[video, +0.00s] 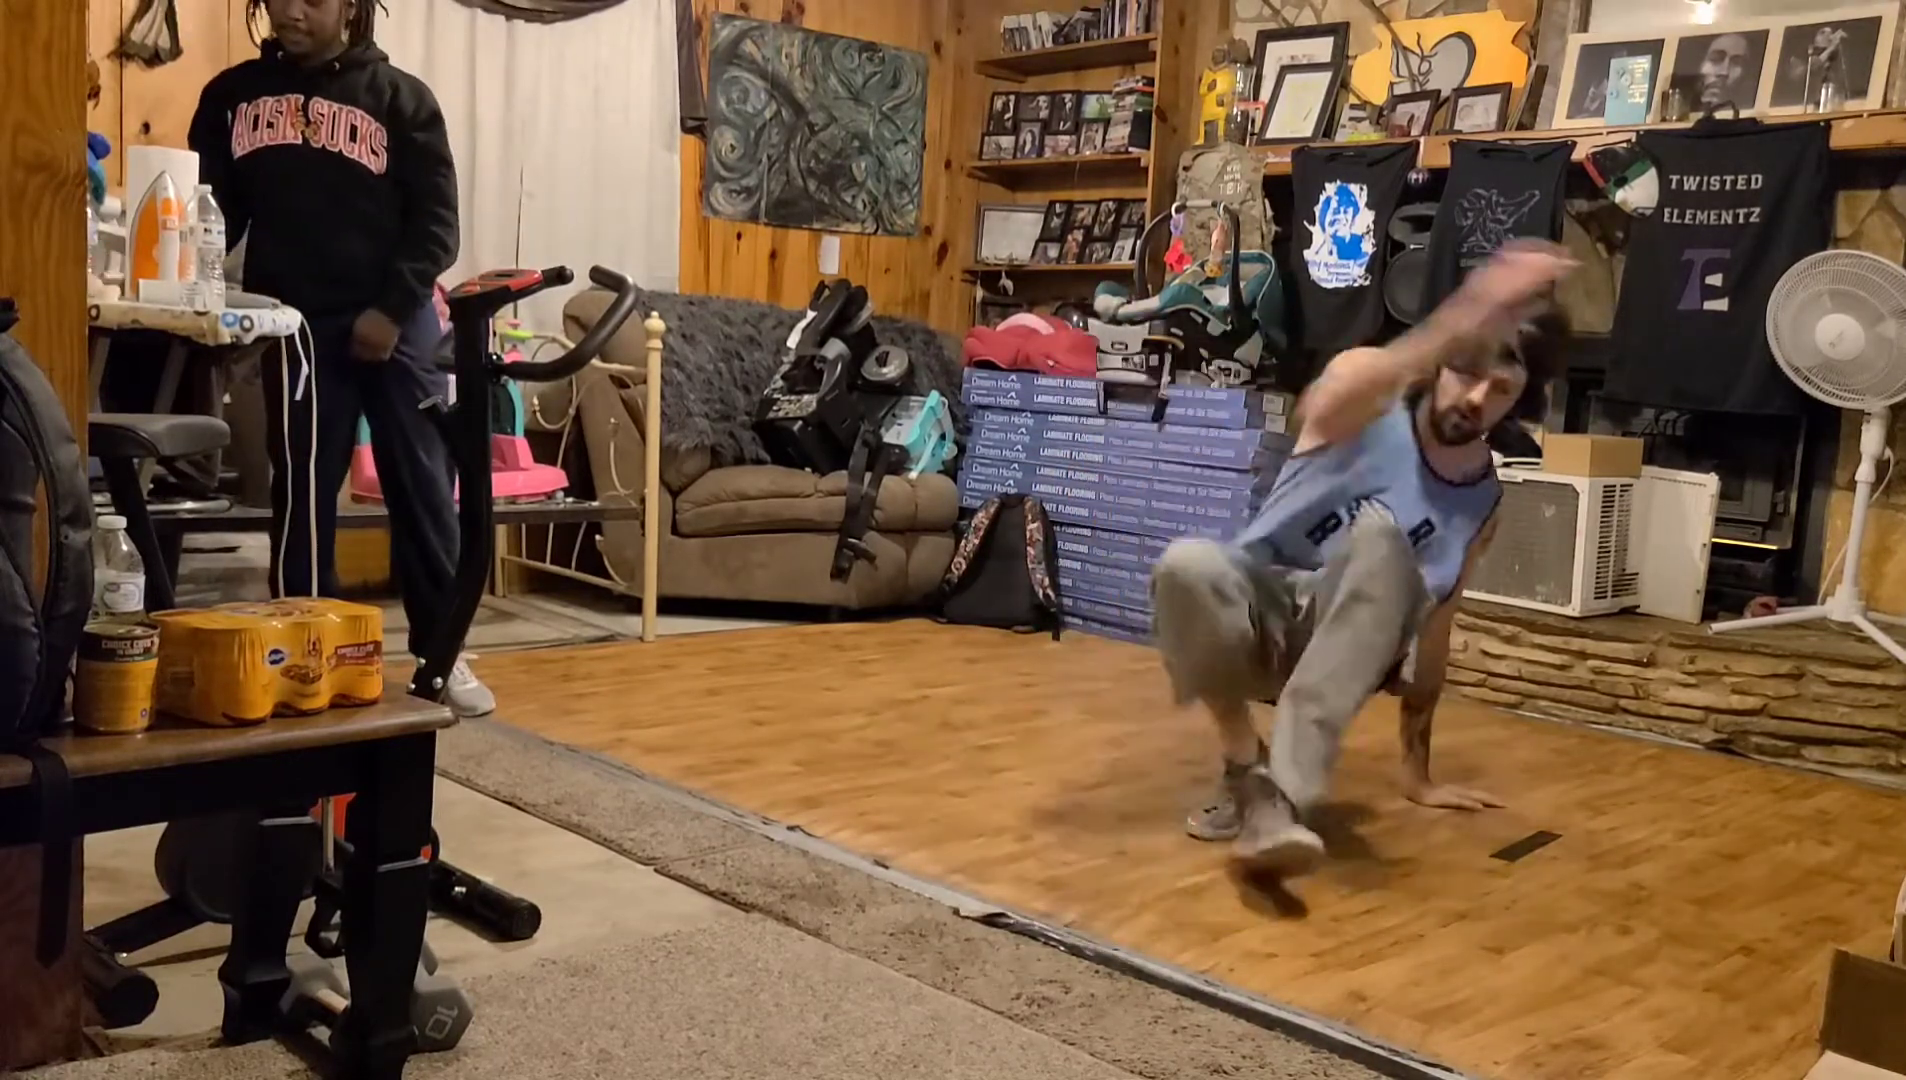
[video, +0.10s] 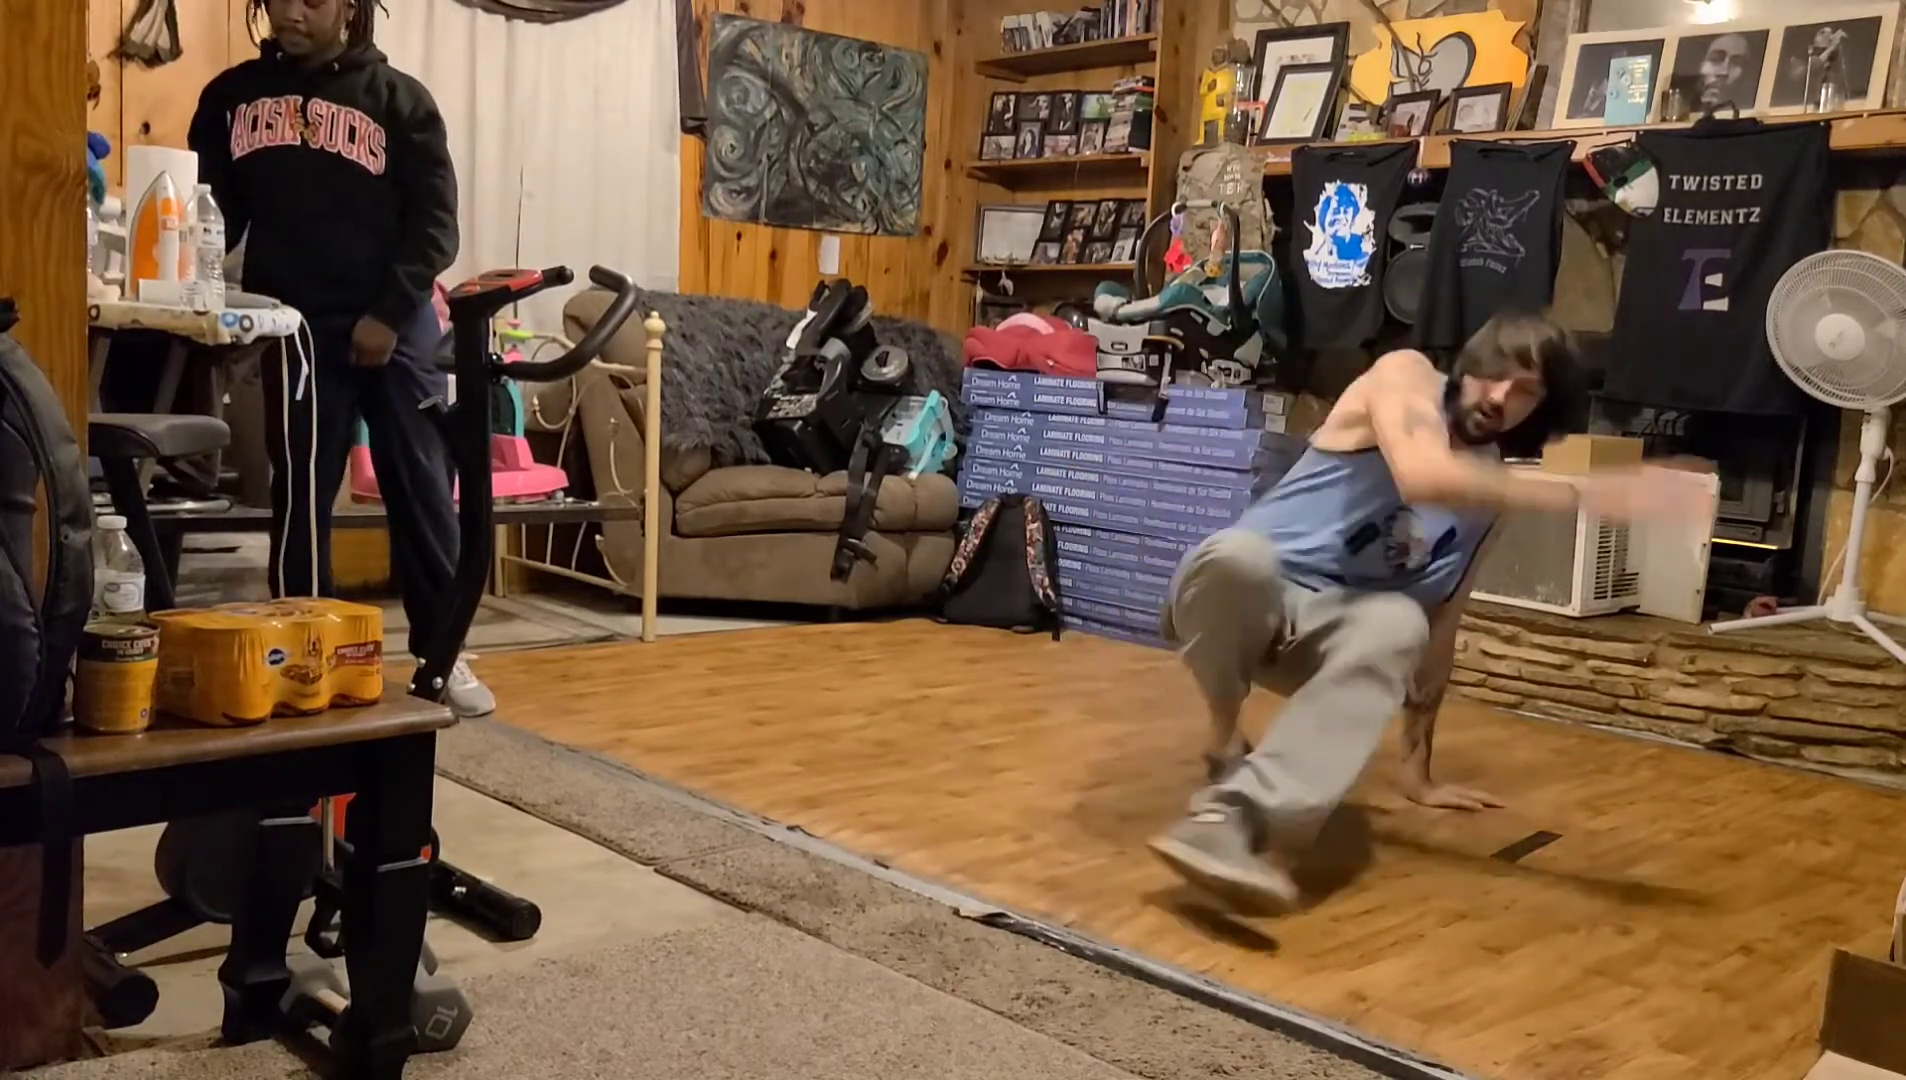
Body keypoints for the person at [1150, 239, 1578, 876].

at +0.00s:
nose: (1476, 399)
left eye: (1500, 388)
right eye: (1467, 373)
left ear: (1521, 399)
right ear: (1437, 360)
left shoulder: (1480, 501)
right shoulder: (1358, 397)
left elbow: (1432, 636)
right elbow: (1323, 414)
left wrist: (1418, 779)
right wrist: (1459, 313)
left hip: (1356, 632)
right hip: (1257, 604)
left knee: (1377, 536)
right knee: (1186, 568)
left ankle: (1281, 802)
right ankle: (1243, 767)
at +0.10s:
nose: (1501, 401)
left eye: (1525, 395)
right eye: (1499, 376)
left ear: (1540, 411)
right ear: (1472, 361)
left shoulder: (1494, 485)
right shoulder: (1404, 372)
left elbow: (1439, 620)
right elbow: (1421, 471)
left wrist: (1417, 772)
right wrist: (1589, 492)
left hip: (1341, 633)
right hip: (1253, 595)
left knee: (1401, 623)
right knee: (1239, 560)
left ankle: (1231, 820)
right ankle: (1224, 741)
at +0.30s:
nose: (1539, 459)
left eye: (1560, 455)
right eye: (1540, 434)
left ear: (1568, 472)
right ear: (1515, 415)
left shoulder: (1489, 507)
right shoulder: (1447, 450)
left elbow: (1443, 625)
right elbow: (1411, 615)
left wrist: (1429, 773)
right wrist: (1431, 786)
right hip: (1267, 566)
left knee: (1308, 773)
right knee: (1416, 721)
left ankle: (1155, 832)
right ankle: (1203, 660)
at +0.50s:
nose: (1517, 410)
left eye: (1538, 405)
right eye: (1513, 386)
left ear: (1548, 417)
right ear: (1484, 371)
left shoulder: (1483, 487)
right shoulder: (1425, 387)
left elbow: (1428, 629)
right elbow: (1451, 504)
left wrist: (1412, 776)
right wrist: (1590, 594)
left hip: (1327, 621)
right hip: (1246, 582)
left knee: (1372, 635)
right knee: (1197, 587)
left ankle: (1186, 848)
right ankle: (1183, 762)